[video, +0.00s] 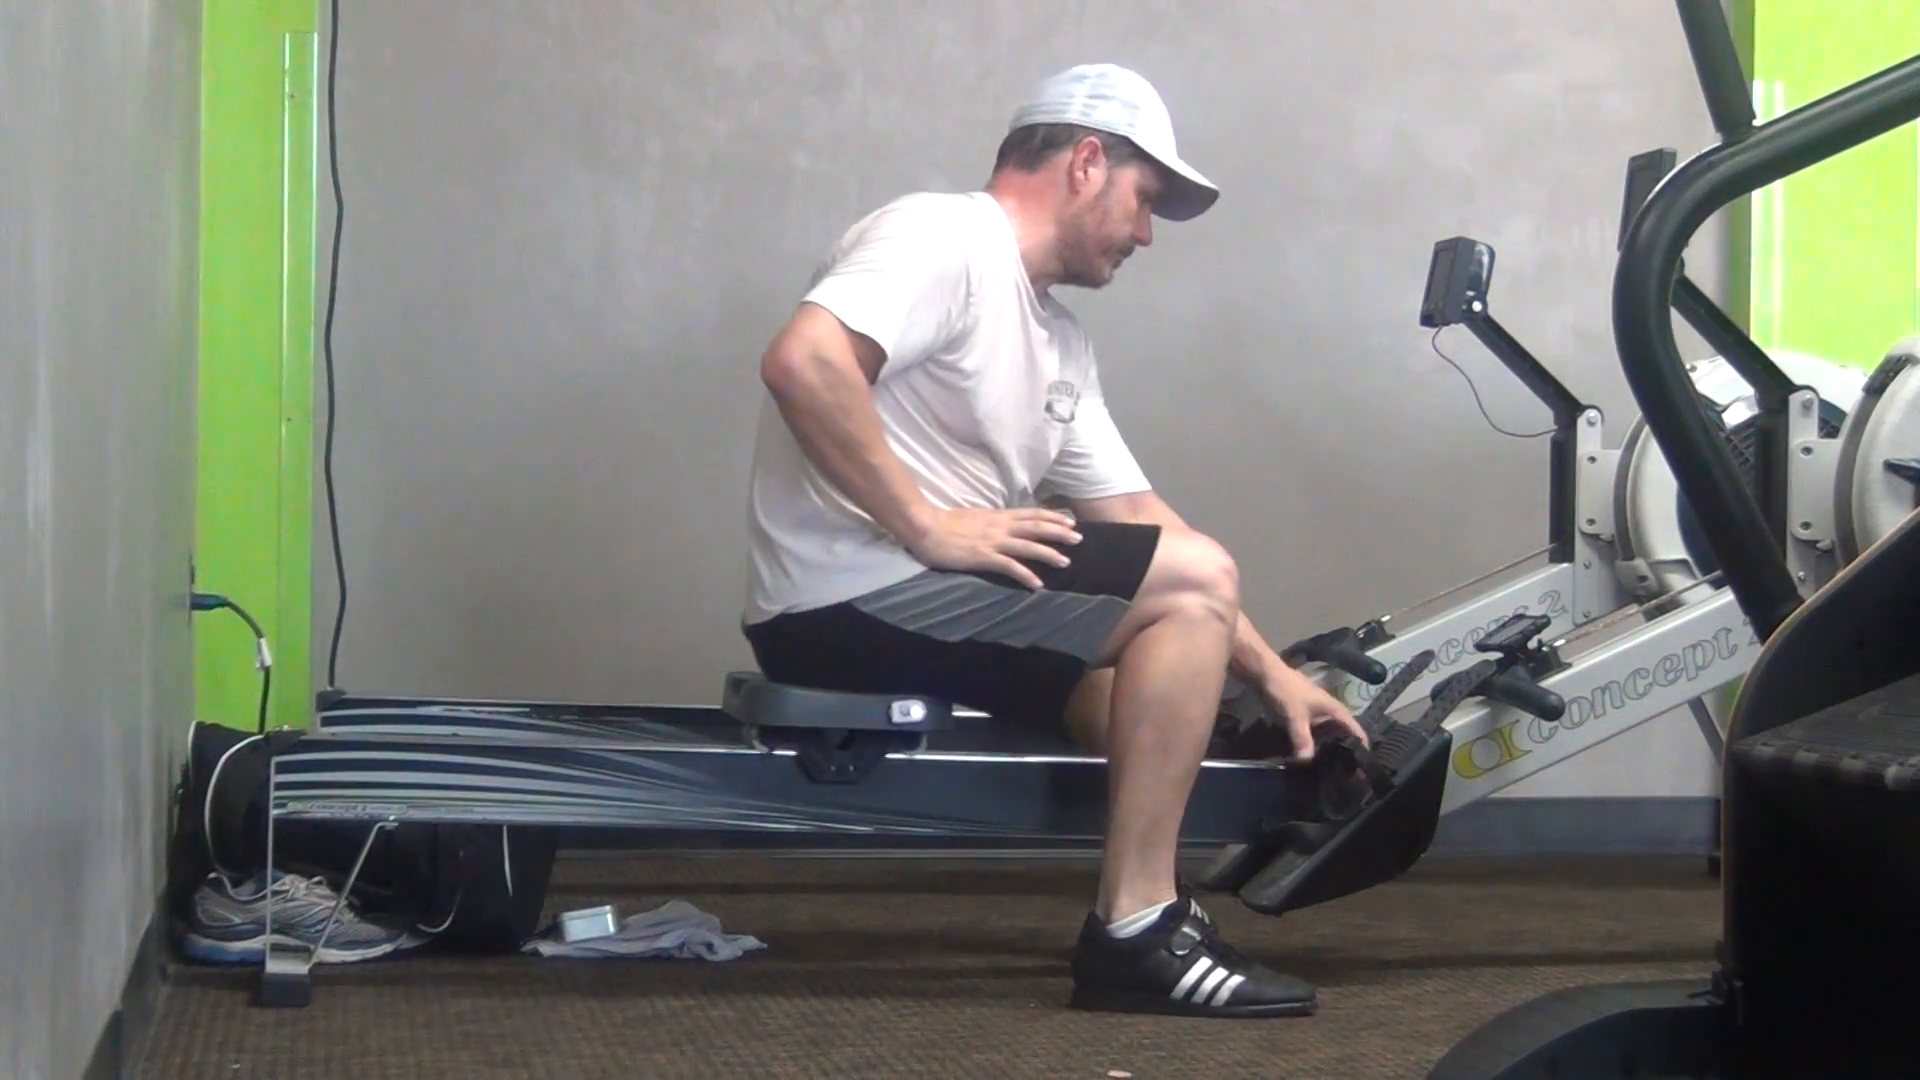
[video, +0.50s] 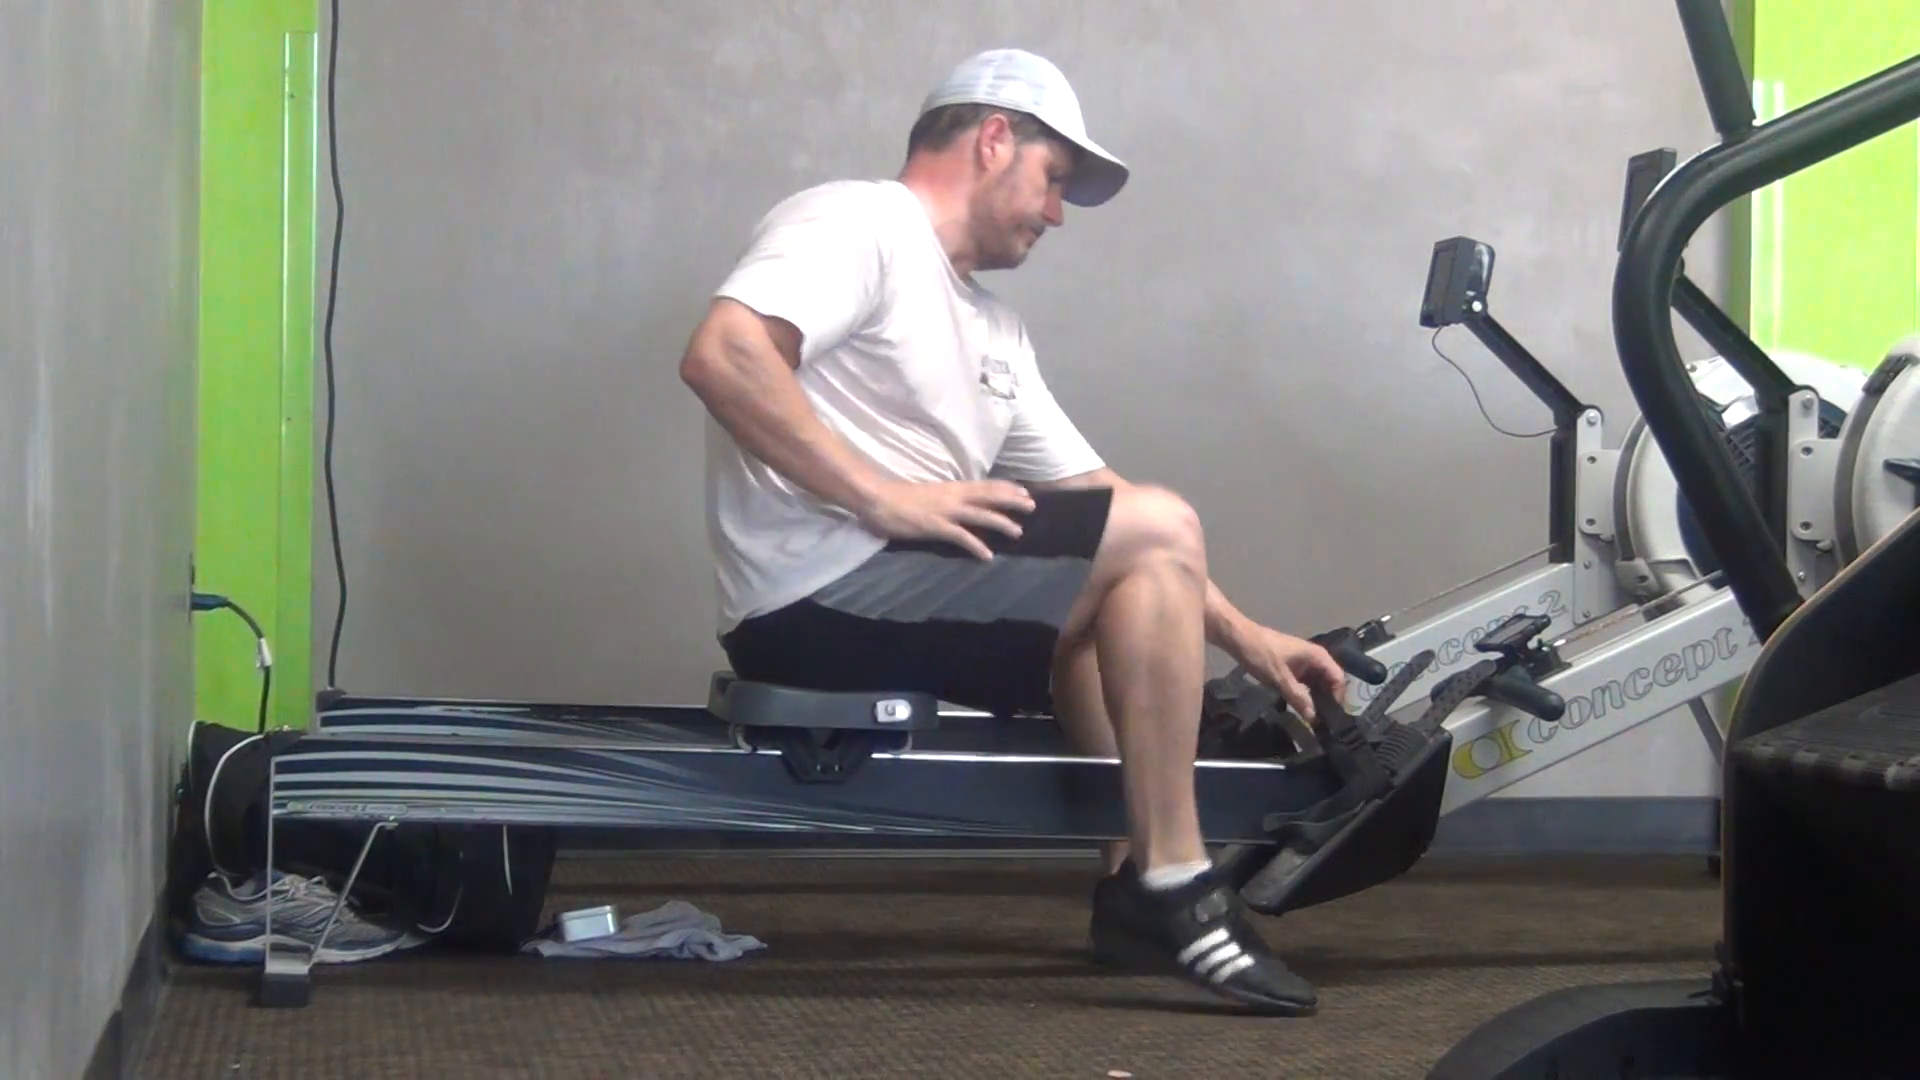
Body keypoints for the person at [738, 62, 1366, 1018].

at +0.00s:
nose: (1149, 233)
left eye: (1157, 209)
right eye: (1147, 197)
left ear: (1086, 171)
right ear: (1084, 164)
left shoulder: (1058, 342)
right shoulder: (945, 236)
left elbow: (1138, 519)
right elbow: (805, 363)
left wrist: (1276, 674)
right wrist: (924, 526)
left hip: (934, 600)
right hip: (839, 596)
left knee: (1181, 645)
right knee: (1204, 571)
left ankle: (1133, 935)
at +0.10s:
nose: (1143, 236)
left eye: (1151, 213)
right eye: (1140, 201)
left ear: (1078, 173)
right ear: (1079, 166)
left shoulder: (1053, 347)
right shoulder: (933, 234)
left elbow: (1137, 521)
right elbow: (789, 359)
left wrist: (1272, 677)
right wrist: (908, 524)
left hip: (920, 602)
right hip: (823, 596)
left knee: (1171, 627)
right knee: (1186, 565)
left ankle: (1134, 932)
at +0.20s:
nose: (1133, 234)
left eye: (1141, 211)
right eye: (1130, 199)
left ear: (1067, 172)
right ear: (1067, 166)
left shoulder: (1041, 343)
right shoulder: (922, 234)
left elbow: (1126, 520)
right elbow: (777, 359)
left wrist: (1263, 674)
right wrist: (901, 525)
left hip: (914, 603)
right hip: (817, 596)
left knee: (1164, 628)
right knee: (1181, 567)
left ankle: (1136, 929)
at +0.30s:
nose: (1114, 225)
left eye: (1122, 203)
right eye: (1110, 190)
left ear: (1051, 166)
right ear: (1046, 156)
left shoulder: (1025, 339)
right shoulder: (908, 232)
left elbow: (1110, 515)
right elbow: (768, 363)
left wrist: (1254, 661)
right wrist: (899, 524)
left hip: (910, 602)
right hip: (814, 598)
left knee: (1163, 625)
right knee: (1180, 560)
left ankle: (1136, 927)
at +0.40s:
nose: (1087, 217)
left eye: (1095, 195)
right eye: (1083, 183)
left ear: (1020, 155)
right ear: (1020, 147)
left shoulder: (1008, 334)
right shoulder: (887, 225)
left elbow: (1104, 505)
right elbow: (753, 361)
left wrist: (1245, 650)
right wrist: (892, 521)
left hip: (906, 598)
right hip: (814, 596)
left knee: (1161, 621)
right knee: (1177, 559)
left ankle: (1137, 924)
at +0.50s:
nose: (1058, 215)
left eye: (1066, 193)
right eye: (1054, 180)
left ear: (993, 149)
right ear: (991, 142)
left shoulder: (991, 330)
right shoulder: (855, 219)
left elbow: (1103, 501)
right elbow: (724, 353)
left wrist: (1248, 638)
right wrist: (882, 497)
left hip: (907, 585)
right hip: (815, 591)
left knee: (1150, 565)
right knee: (1160, 531)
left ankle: (1147, 871)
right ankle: (1168, 877)